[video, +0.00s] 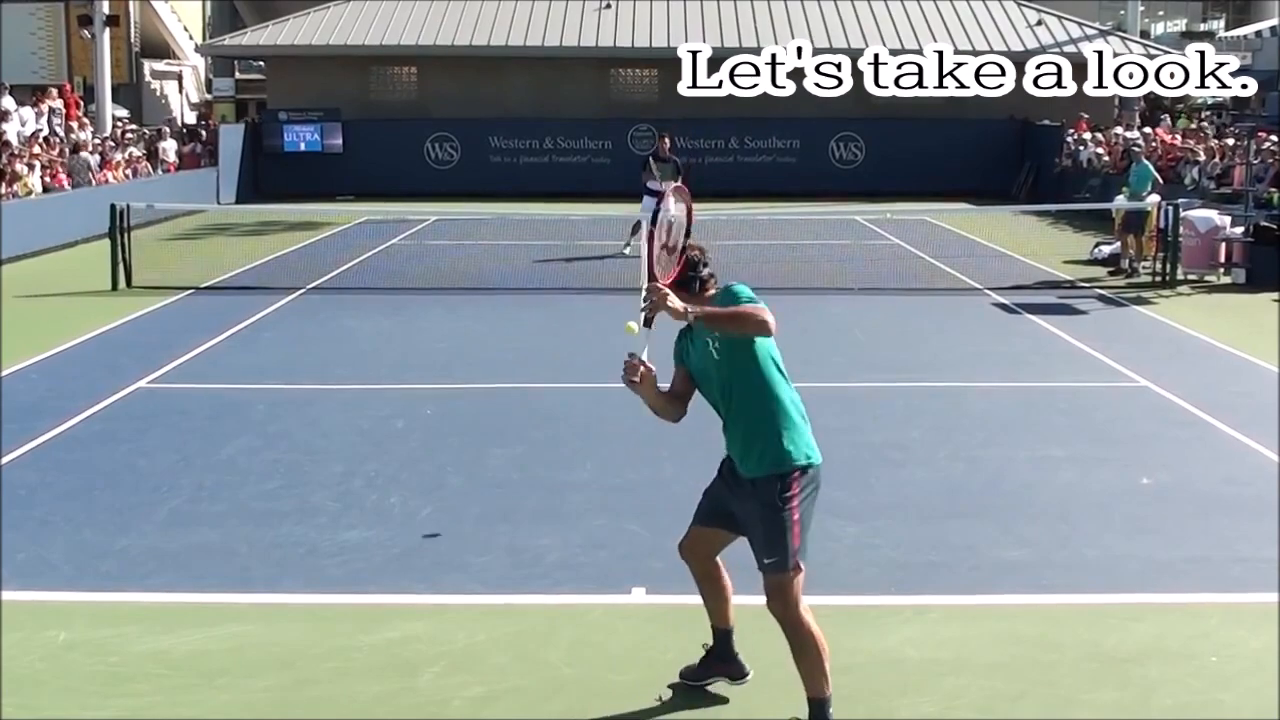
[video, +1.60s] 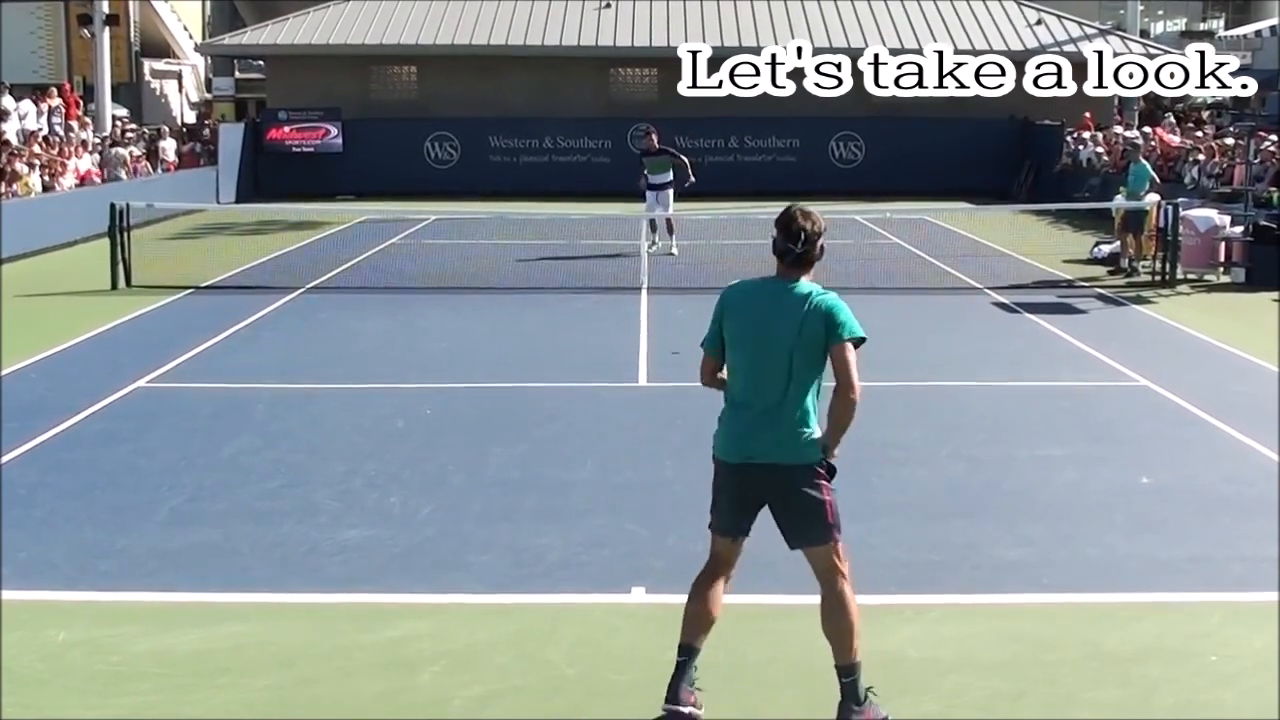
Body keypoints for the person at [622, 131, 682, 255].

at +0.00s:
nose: (664, 146)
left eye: (666, 143)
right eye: (662, 143)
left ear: (669, 145)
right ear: (658, 145)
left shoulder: (675, 161)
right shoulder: (650, 160)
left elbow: (679, 177)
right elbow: (645, 178)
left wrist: (674, 187)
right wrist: (660, 184)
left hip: (668, 194)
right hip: (652, 194)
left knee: (672, 218)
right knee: (643, 219)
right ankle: (629, 243)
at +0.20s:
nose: (657, 148)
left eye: (659, 146)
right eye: (655, 146)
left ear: (662, 147)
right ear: (651, 147)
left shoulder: (668, 163)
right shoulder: (644, 160)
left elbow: (672, 181)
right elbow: (638, 179)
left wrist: (664, 189)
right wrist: (647, 176)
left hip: (661, 195)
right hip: (645, 195)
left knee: (668, 220)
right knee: (639, 221)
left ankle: (668, 243)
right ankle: (629, 243)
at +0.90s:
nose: (659, 141)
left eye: (661, 138)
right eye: (656, 139)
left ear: (664, 139)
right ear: (652, 140)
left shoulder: (670, 154)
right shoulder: (646, 153)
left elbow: (670, 177)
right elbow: (642, 168)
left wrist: (656, 181)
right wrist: (645, 177)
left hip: (666, 190)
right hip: (650, 188)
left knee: (668, 215)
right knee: (637, 214)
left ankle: (673, 241)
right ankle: (622, 238)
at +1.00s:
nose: (654, 139)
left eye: (656, 136)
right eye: (652, 136)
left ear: (661, 135)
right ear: (651, 138)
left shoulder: (671, 149)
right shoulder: (651, 149)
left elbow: (678, 167)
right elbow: (653, 165)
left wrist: (672, 182)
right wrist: (648, 176)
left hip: (668, 184)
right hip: (653, 183)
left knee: (670, 214)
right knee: (641, 211)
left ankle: (673, 242)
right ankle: (626, 236)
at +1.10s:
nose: (650, 139)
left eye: (652, 136)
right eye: (650, 136)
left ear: (658, 135)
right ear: (650, 137)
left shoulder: (672, 147)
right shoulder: (652, 149)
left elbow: (686, 160)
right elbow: (657, 164)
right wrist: (651, 173)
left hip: (671, 184)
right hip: (655, 183)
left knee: (672, 214)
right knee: (643, 209)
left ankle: (675, 242)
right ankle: (631, 232)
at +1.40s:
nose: (654, 140)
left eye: (655, 137)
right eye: (651, 138)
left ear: (660, 137)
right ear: (649, 140)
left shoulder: (671, 149)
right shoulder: (650, 154)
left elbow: (690, 155)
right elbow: (657, 171)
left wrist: (701, 170)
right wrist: (648, 177)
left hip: (672, 188)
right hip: (655, 188)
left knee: (673, 216)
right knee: (646, 212)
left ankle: (674, 244)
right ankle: (647, 233)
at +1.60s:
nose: (651, 142)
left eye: (652, 139)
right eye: (649, 140)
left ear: (656, 139)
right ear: (645, 141)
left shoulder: (666, 152)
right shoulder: (644, 155)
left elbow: (684, 160)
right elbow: (644, 168)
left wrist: (690, 175)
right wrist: (643, 178)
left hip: (666, 187)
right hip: (651, 187)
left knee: (668, 215)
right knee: (650, 215)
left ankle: (673, 244)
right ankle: (655, 241)